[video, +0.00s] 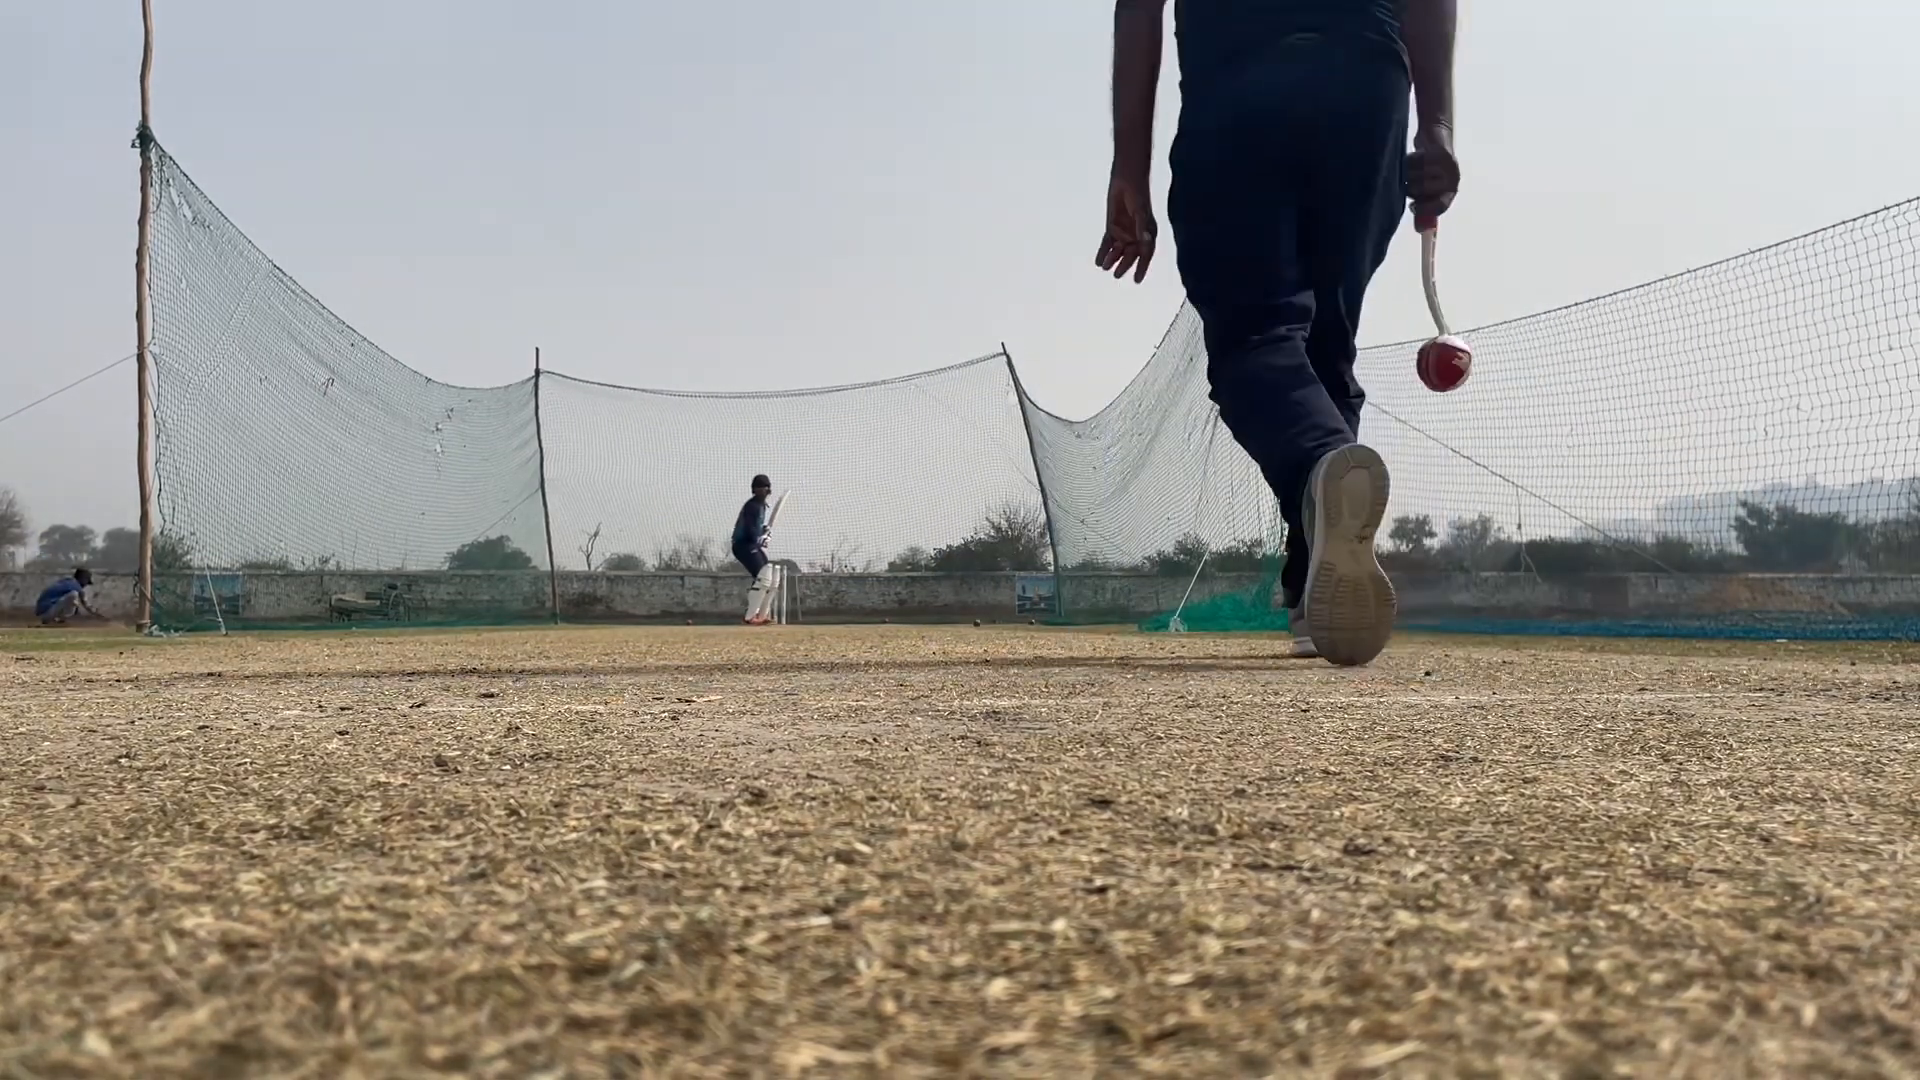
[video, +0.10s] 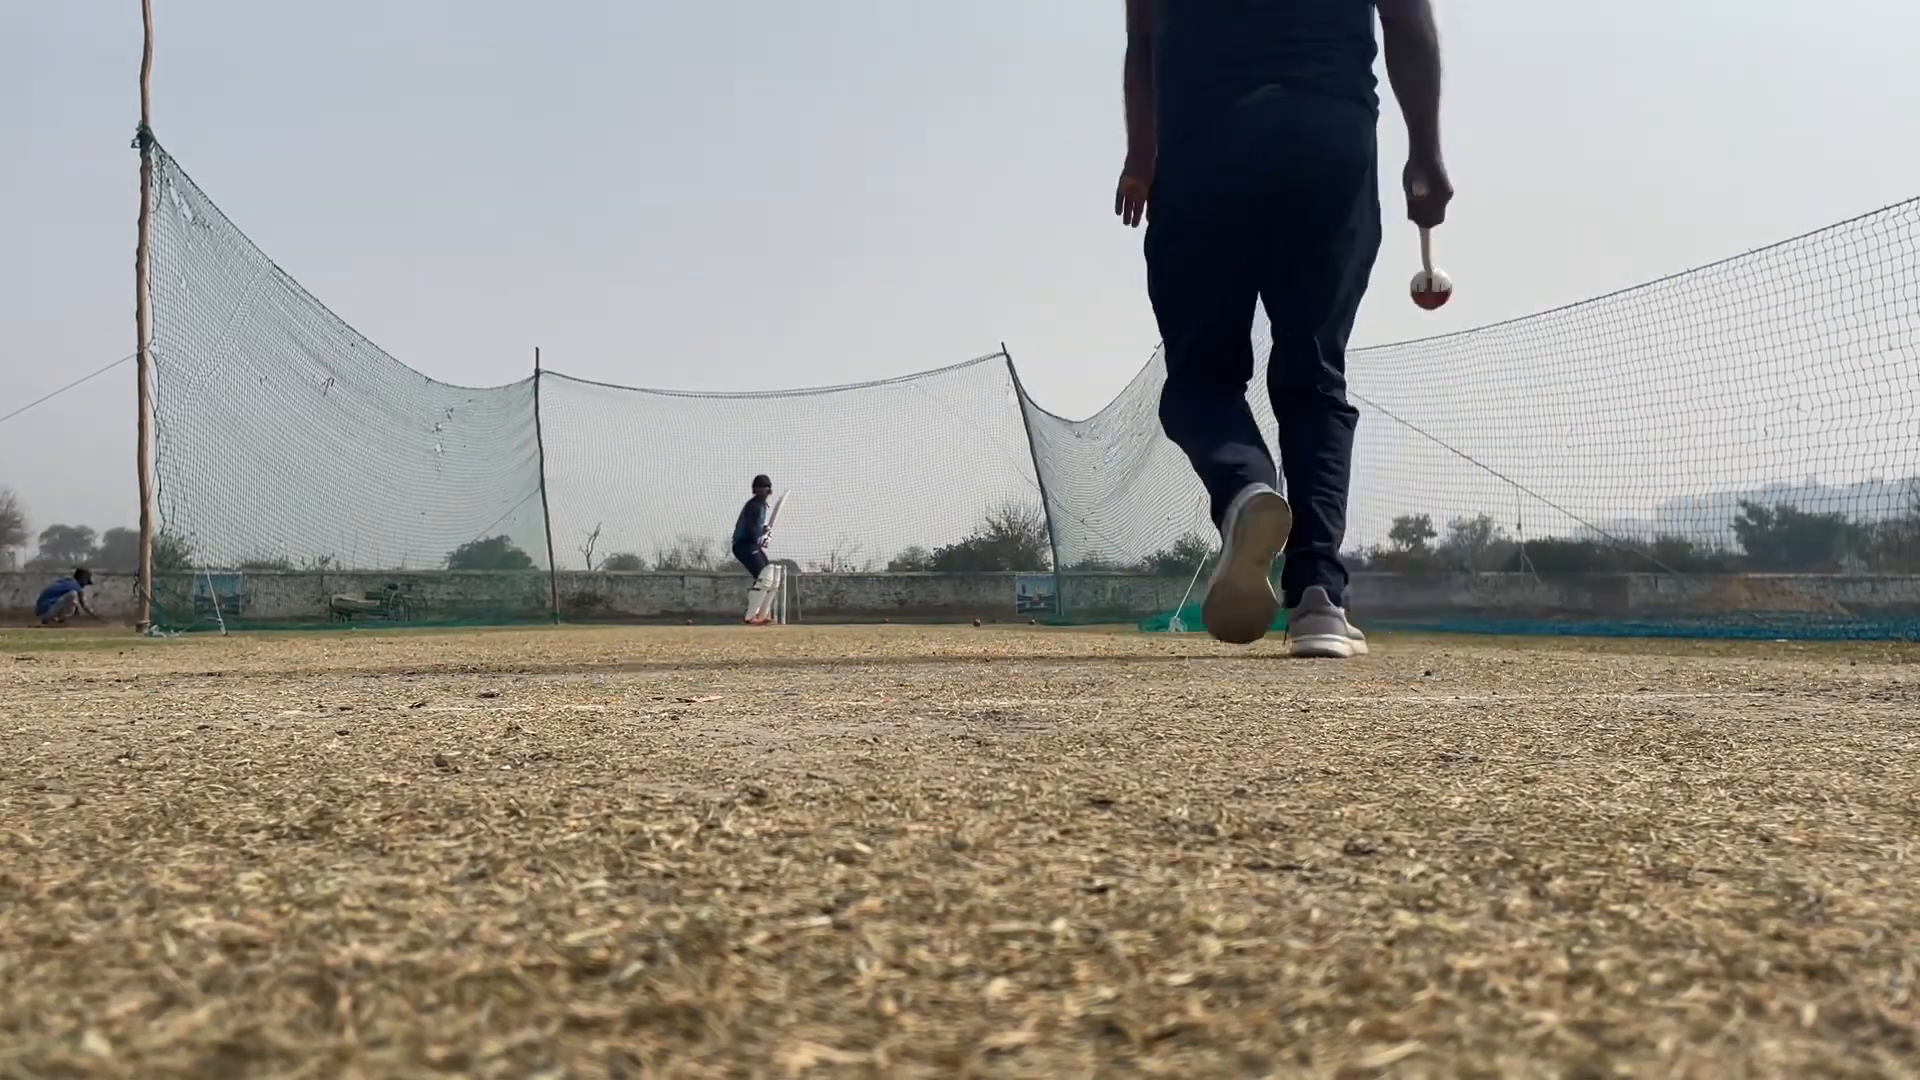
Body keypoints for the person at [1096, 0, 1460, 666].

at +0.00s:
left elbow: (1139, 14)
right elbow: (1426, 4)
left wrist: (1130, 169)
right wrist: (1435, 128)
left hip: (1230, 86)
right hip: (1365, 78)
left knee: (1253, 335)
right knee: (1331, 349)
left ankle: (1323, 470)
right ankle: (1314, 596)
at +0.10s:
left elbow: (1143, 40)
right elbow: (1409, 20)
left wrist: (1141, 155)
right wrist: (1425, 152)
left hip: (1204, 142)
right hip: (1329, 138)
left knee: (1201, 371)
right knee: (1316, 377)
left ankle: (1247, 492)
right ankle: (1321, 603)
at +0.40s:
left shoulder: (1068, 17)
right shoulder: (1211, 5)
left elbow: (988, 25)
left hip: (1123, 257)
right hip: (1225, 241)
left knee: (1099, 432)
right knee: (1269, 398)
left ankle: (1077, 612)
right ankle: (1300, 542)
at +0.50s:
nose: (1048, 23)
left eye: (1049, 15)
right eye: (1118, 9)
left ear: (1050, 18)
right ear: (1120, 11)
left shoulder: (1021, 94)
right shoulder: (1170, 38)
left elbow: (927, 167)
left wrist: (873, 154)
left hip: (1109, 293)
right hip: (1209, 269)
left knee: (1090, 446)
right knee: (1245, 415)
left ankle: (1079, 613)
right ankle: (1265, 514)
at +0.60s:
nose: (1001, 92)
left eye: (1000, 81)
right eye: (1003, 83)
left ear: (1005, 76)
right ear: (1070, 62)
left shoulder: (1007, 129)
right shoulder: (1121, 94)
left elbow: (976, 261)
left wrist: (949, 340)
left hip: (1113, 272)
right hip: (1211, 249)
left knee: (1085, 439)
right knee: (1220, 423)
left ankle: (1079, 612)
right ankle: (1205, 510)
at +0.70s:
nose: (974, 127)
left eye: (971, 114)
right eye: (972, 116)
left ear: (980, 102)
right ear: (1034, 87)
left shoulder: (998, 116)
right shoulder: (1087, 126)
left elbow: (1033, 183)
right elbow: (1099, 264)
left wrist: (1042, 252)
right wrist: (1038, 372)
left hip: (1111, 251)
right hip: (1199, 229)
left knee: (1083, 432)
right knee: (1254, 396)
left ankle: (1080, 611)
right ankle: (1242, 442)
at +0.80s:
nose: (956, 171)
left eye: (954, 152)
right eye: (950, 158)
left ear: (974, 130)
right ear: (979, 141)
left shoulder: (997, 116)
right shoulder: (1038, 194)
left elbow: (1014, 31)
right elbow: (1065, 280)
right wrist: (1012, 312)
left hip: (1120, 258)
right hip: (1200, 233)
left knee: (1079, 432)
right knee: (1291, 381)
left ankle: (1081, 605)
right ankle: (1374, 324)